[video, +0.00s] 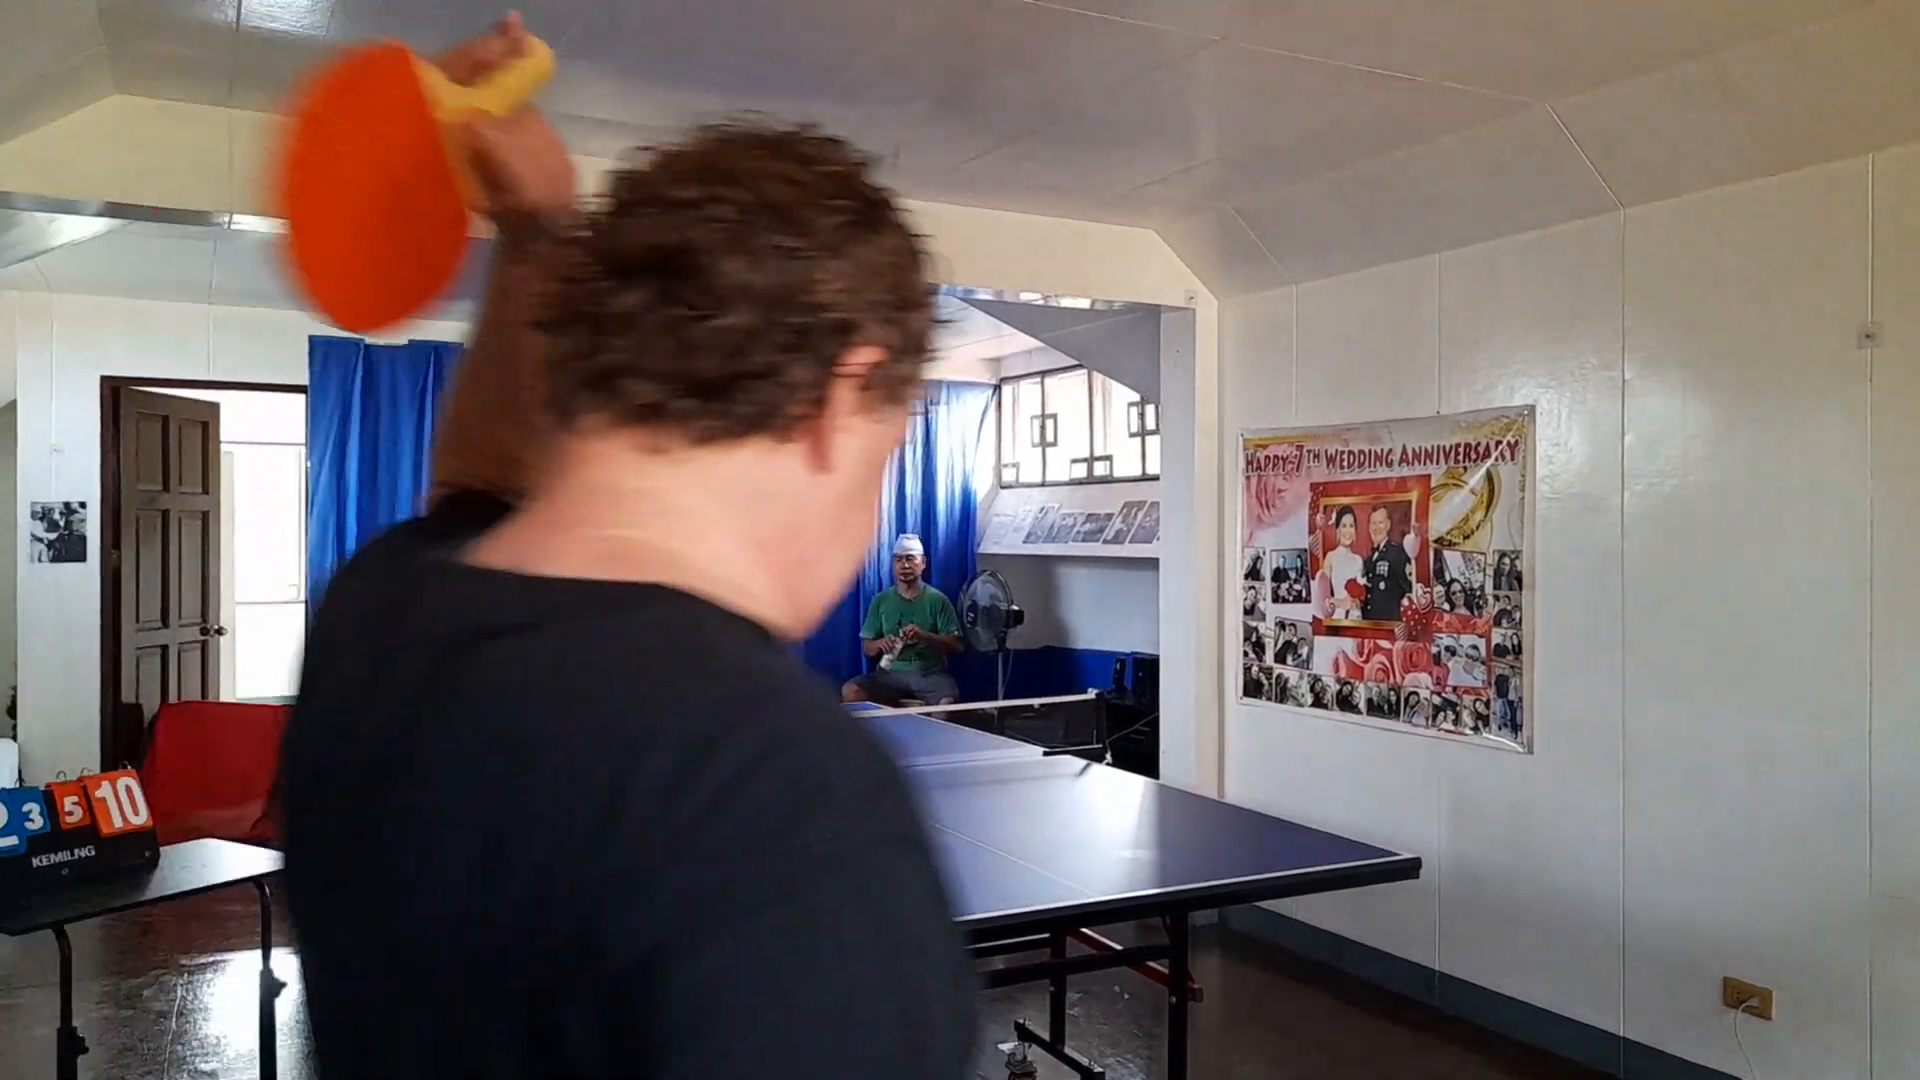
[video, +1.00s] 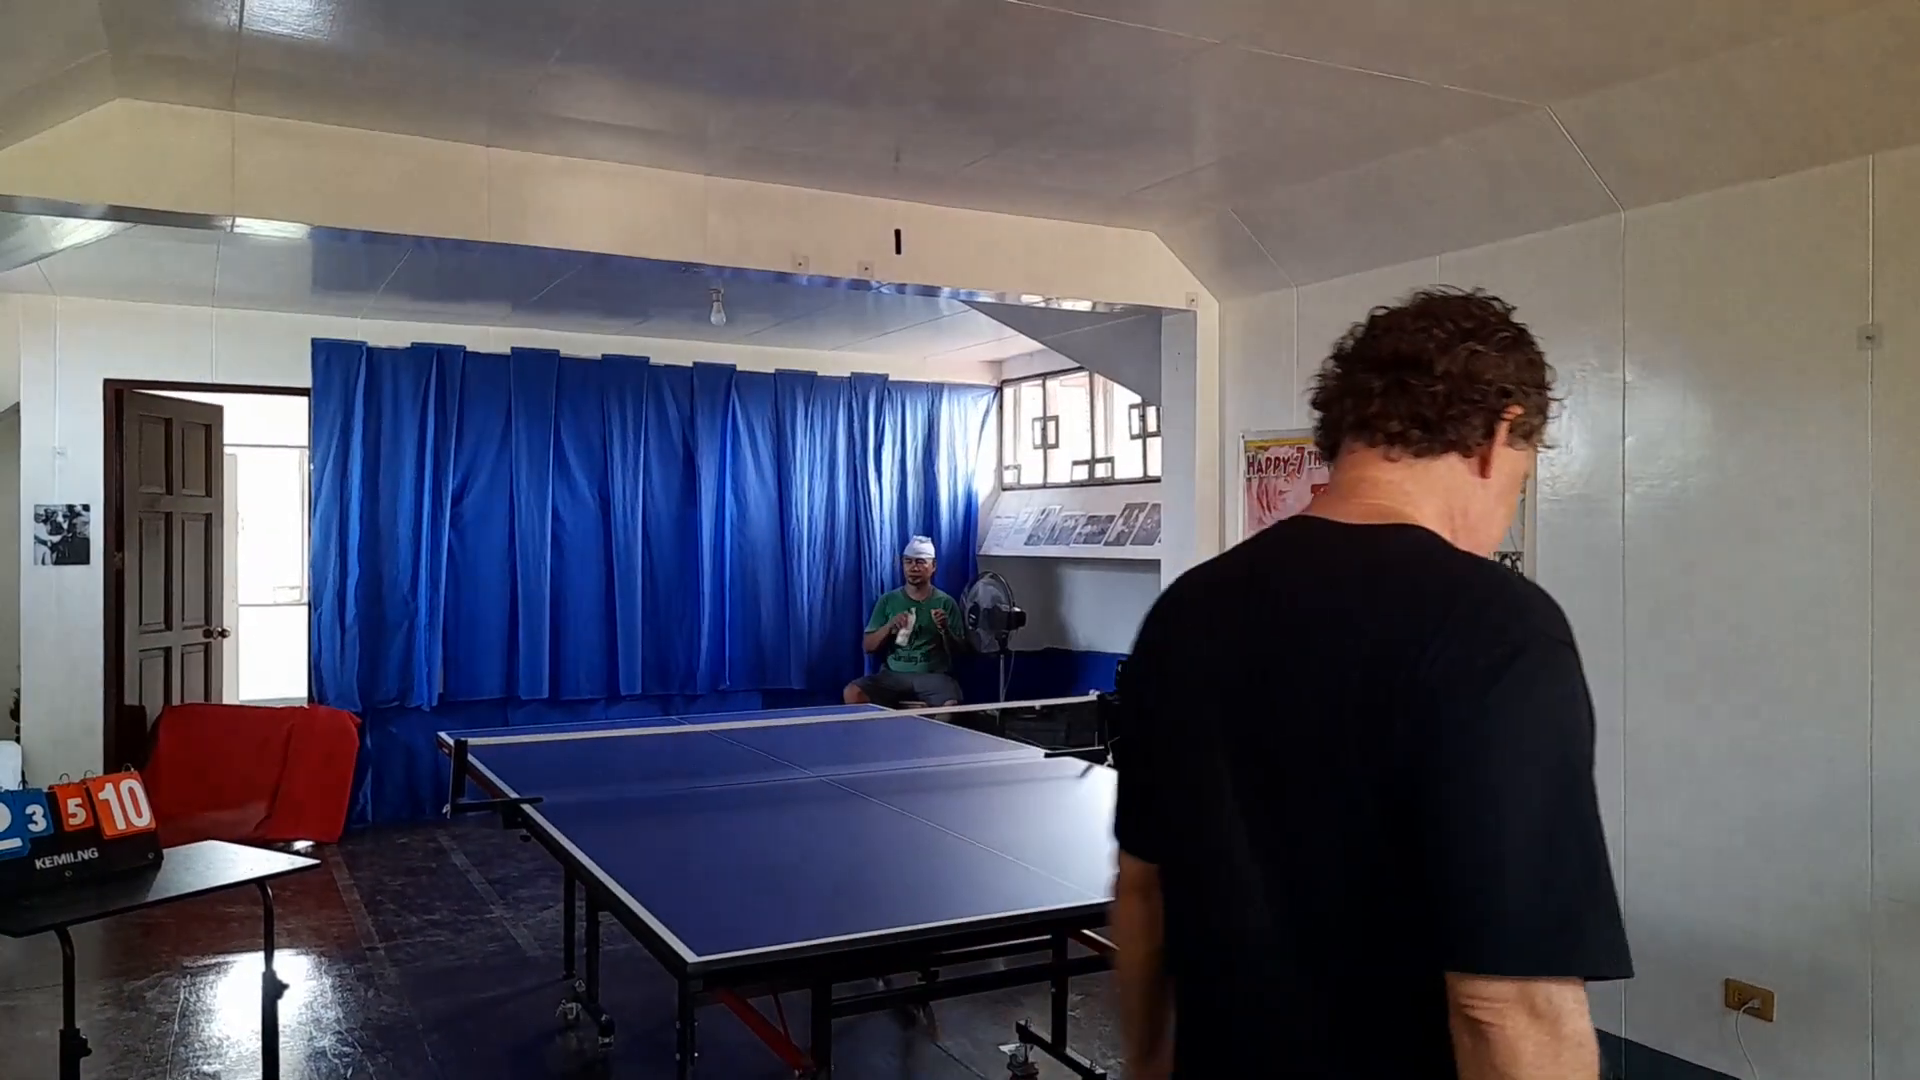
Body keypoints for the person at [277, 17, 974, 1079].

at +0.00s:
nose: (878, 508)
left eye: (898, 451)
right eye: (895, 446)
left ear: (584, 352)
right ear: (846, 401)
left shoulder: (375, 623)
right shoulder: (778, 778)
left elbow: (481, 484)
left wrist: (536, 237)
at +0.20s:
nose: (1097, 488)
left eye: (1115, 425)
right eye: (1114, 417)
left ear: (849, 356)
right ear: (1080, 382)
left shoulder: (624, 620)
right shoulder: (1091, 714)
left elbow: (622, 1007)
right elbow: (1187, 1051)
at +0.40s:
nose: (1275, 477)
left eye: (1286, 432)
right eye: (1287, 426)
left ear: (1044, 382)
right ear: (1258, 405)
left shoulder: (841, 633)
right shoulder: (1267, 689)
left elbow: (747, 918)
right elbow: (1403, 1042)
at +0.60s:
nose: (1379, 527)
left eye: (1391, 488)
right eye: (1391, 483)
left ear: (1185, 430)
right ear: (1363, 452)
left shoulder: (983, 665)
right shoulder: (1356, 681)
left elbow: (862, 1005)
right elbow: (1486, 1040)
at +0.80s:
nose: (1436, 512)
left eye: (1448, 471)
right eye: (1449, 464)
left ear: (1260, 430)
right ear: (1422, 437)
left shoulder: (1088, 632)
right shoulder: (1430, 634)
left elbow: (992, 927)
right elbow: (1486, 1045)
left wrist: (938, 1071)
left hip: (1147, 1059)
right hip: (1366, 1060)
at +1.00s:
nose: (1506, 523)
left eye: (1523, 486)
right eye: (1521, 480)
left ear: (1345, 432)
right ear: (1498, 436)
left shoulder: (1187, 609)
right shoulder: (1492, 623)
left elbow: (1139, 885)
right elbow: (1508, 1002)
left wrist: (1146, 1055)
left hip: (1224, 1056)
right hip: (1423, 1060)